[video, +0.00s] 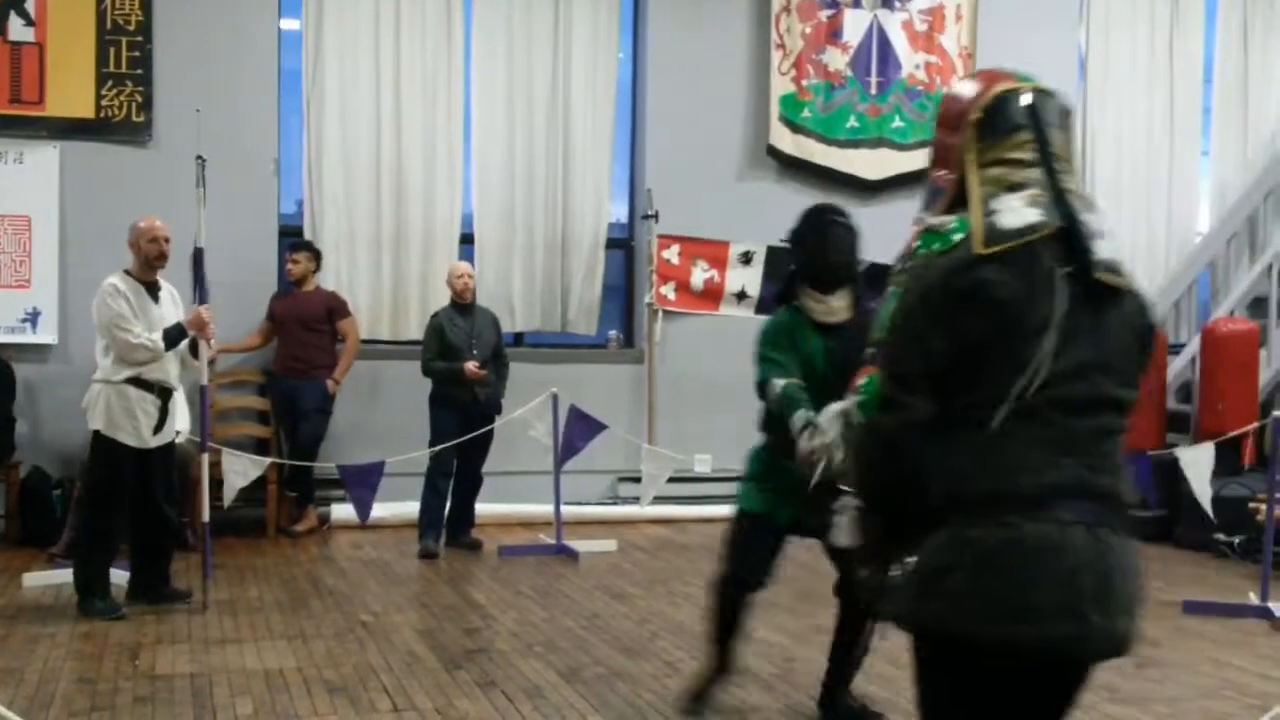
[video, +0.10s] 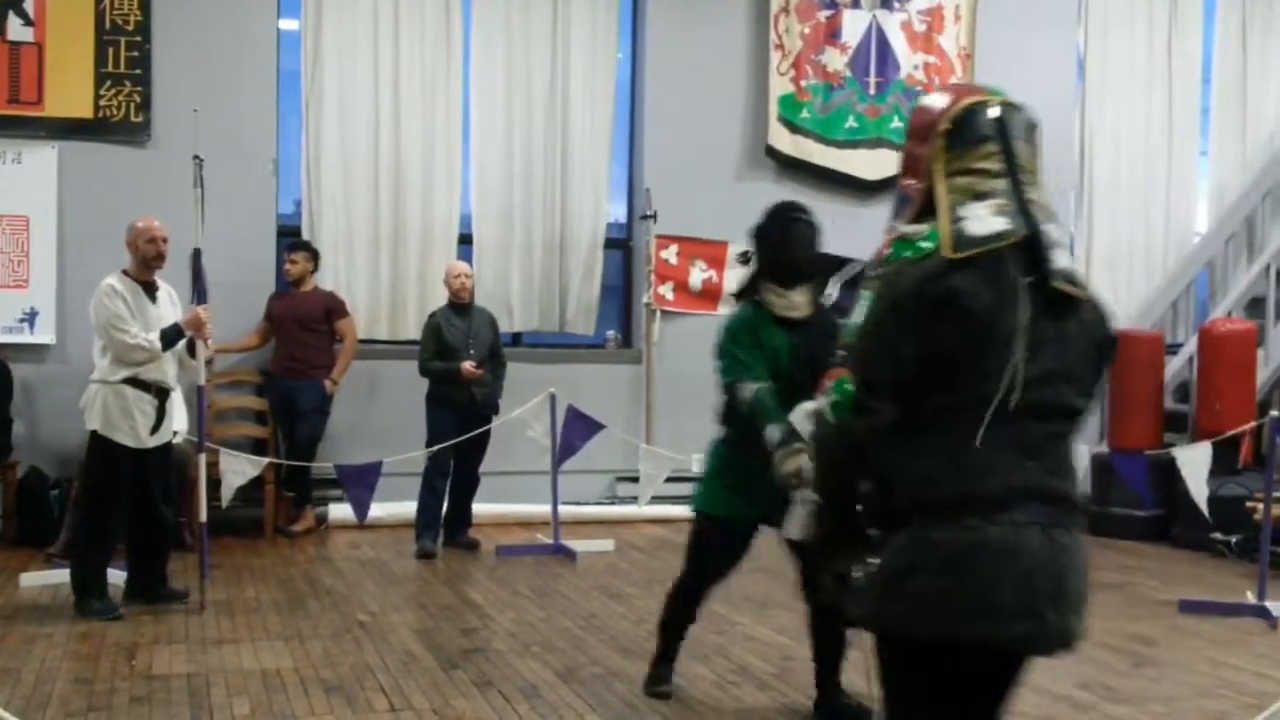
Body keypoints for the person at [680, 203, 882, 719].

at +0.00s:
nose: (828, 267)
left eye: (832, 256)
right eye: (822, 256)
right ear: (833, 263)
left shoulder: (873, 325)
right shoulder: (783, 329)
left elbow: (881, 384)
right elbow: (779, 385)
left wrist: (850, 421)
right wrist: (808, 425)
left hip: (845, 484)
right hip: (778, 477)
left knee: (863, 590)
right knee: (736, 577)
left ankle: (836, 693)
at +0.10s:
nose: (795, 281)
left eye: (803, 270)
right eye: (785, 269)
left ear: (817, 269)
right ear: (767, 266)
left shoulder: (830, 329)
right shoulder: (744, 329)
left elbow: (844, 389)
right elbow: (751, 400)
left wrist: (819, 423)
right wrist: (786, 449)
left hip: (808, 478)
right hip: (741, 472)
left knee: (827, 589)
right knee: (701, 573)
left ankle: (829, 691)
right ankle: (664, 661)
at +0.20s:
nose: (756, 264)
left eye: (762, 255)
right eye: (747, 254)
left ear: (772, 257)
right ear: (728, 256)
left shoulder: (782, 315)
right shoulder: (704, 327)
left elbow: (803, 371)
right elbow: (714, 405)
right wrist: (752, 455)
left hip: (759, 459)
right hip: (700, 457)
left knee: (775, 561)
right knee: (683, 563)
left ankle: (783, 666)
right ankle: (666, 664)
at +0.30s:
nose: (708, 270)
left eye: (715, 260)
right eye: (698, 261)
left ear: (727, 259)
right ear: (679, 261)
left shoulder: (739, 318)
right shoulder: (655, 329)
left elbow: (757, 386)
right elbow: (665, 406)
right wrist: (709, 448)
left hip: (711, 457)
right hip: (656, 456)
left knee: (729, 554)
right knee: (651, 565)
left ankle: (675, 599)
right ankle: (654, 661)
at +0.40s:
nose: (690, 279)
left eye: (698, 269)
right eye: (681, 270)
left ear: (711, 266)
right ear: (662, 266)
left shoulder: (725, 320)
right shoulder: (639, 333)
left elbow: (743, 382)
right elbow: (647, 406)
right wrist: (692, 442)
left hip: (693, 452)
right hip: (643, 450)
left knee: (683, 543)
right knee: (649, 551)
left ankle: (629, 586)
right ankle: (656, 650)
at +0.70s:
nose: (675, 295)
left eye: (680, 285)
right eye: (668, 284)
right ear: (645, 287)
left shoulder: (679, 340)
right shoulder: (610, 349)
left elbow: (685, 401)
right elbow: (617, 420)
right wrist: (660, 439)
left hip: (651, 458)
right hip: (608, 456)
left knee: (608, 534)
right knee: (626, 531)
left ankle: (581, 613)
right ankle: (626, 619)